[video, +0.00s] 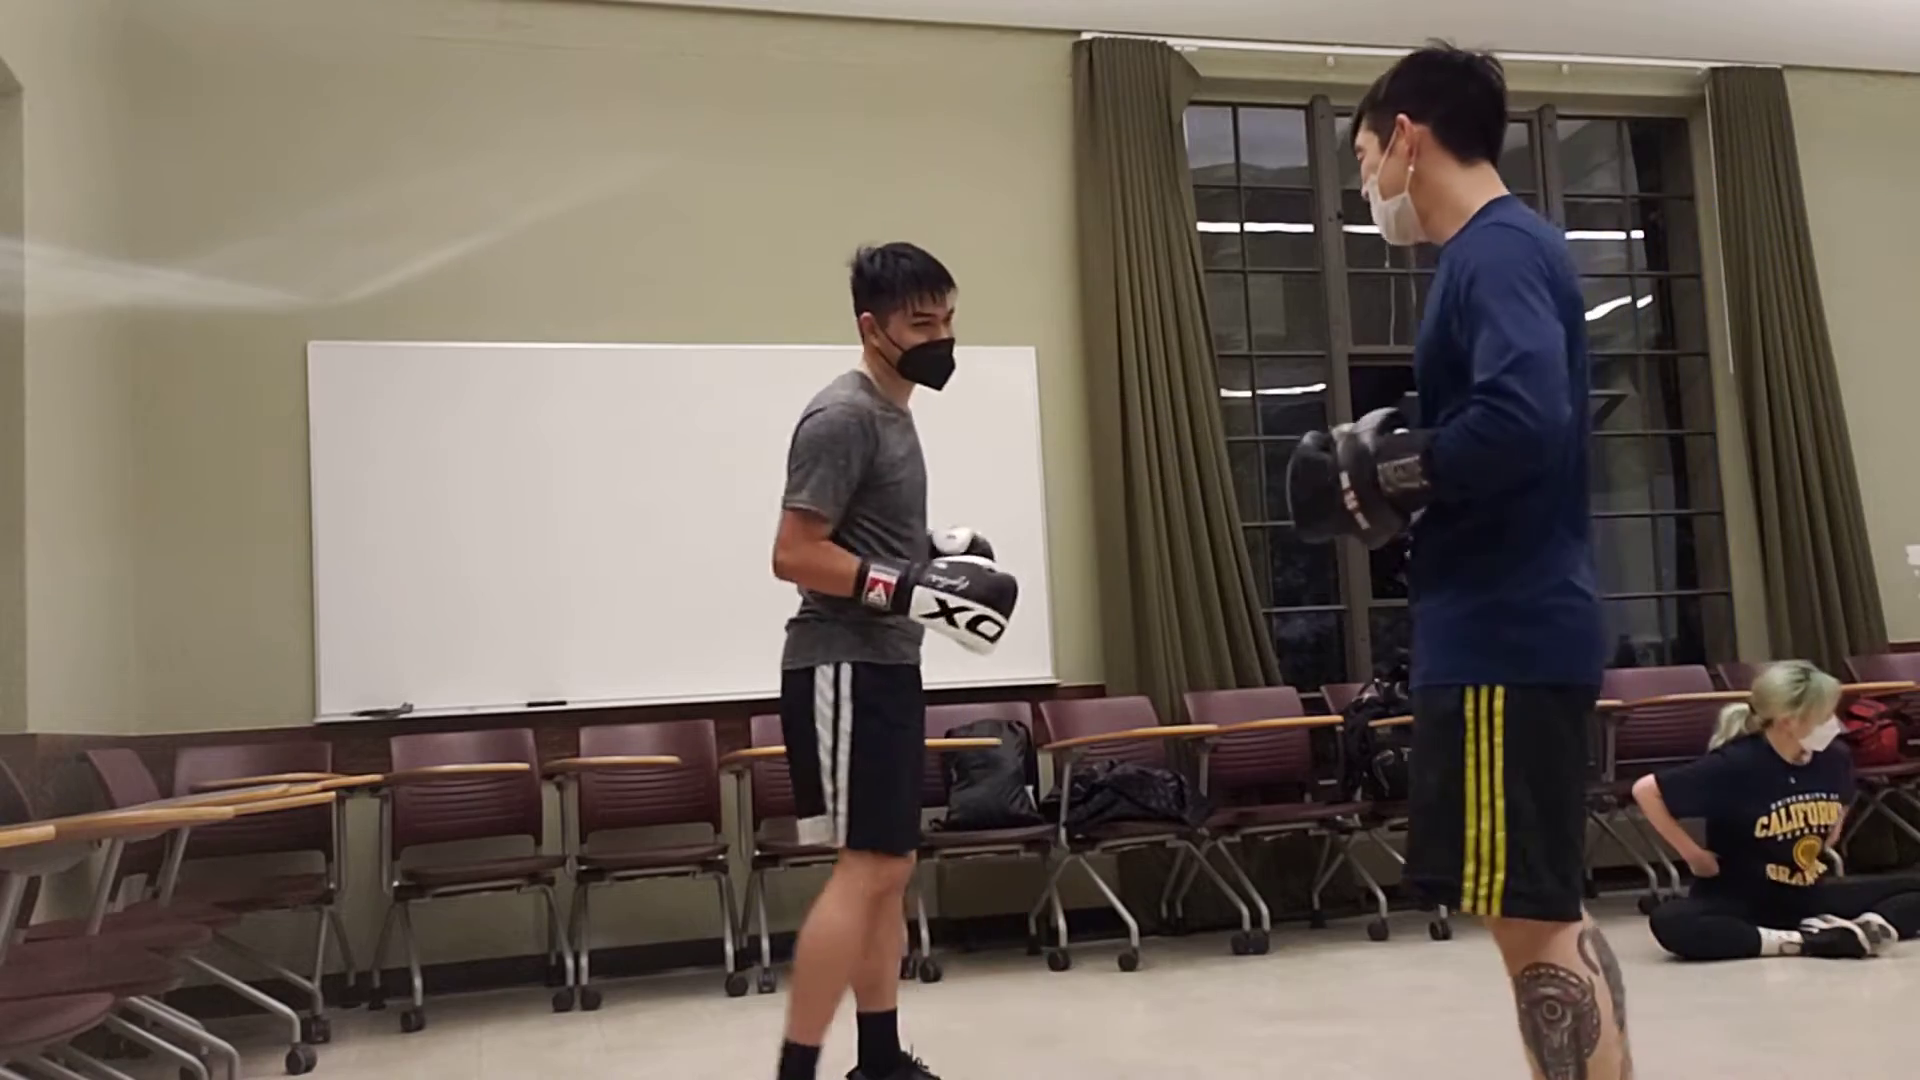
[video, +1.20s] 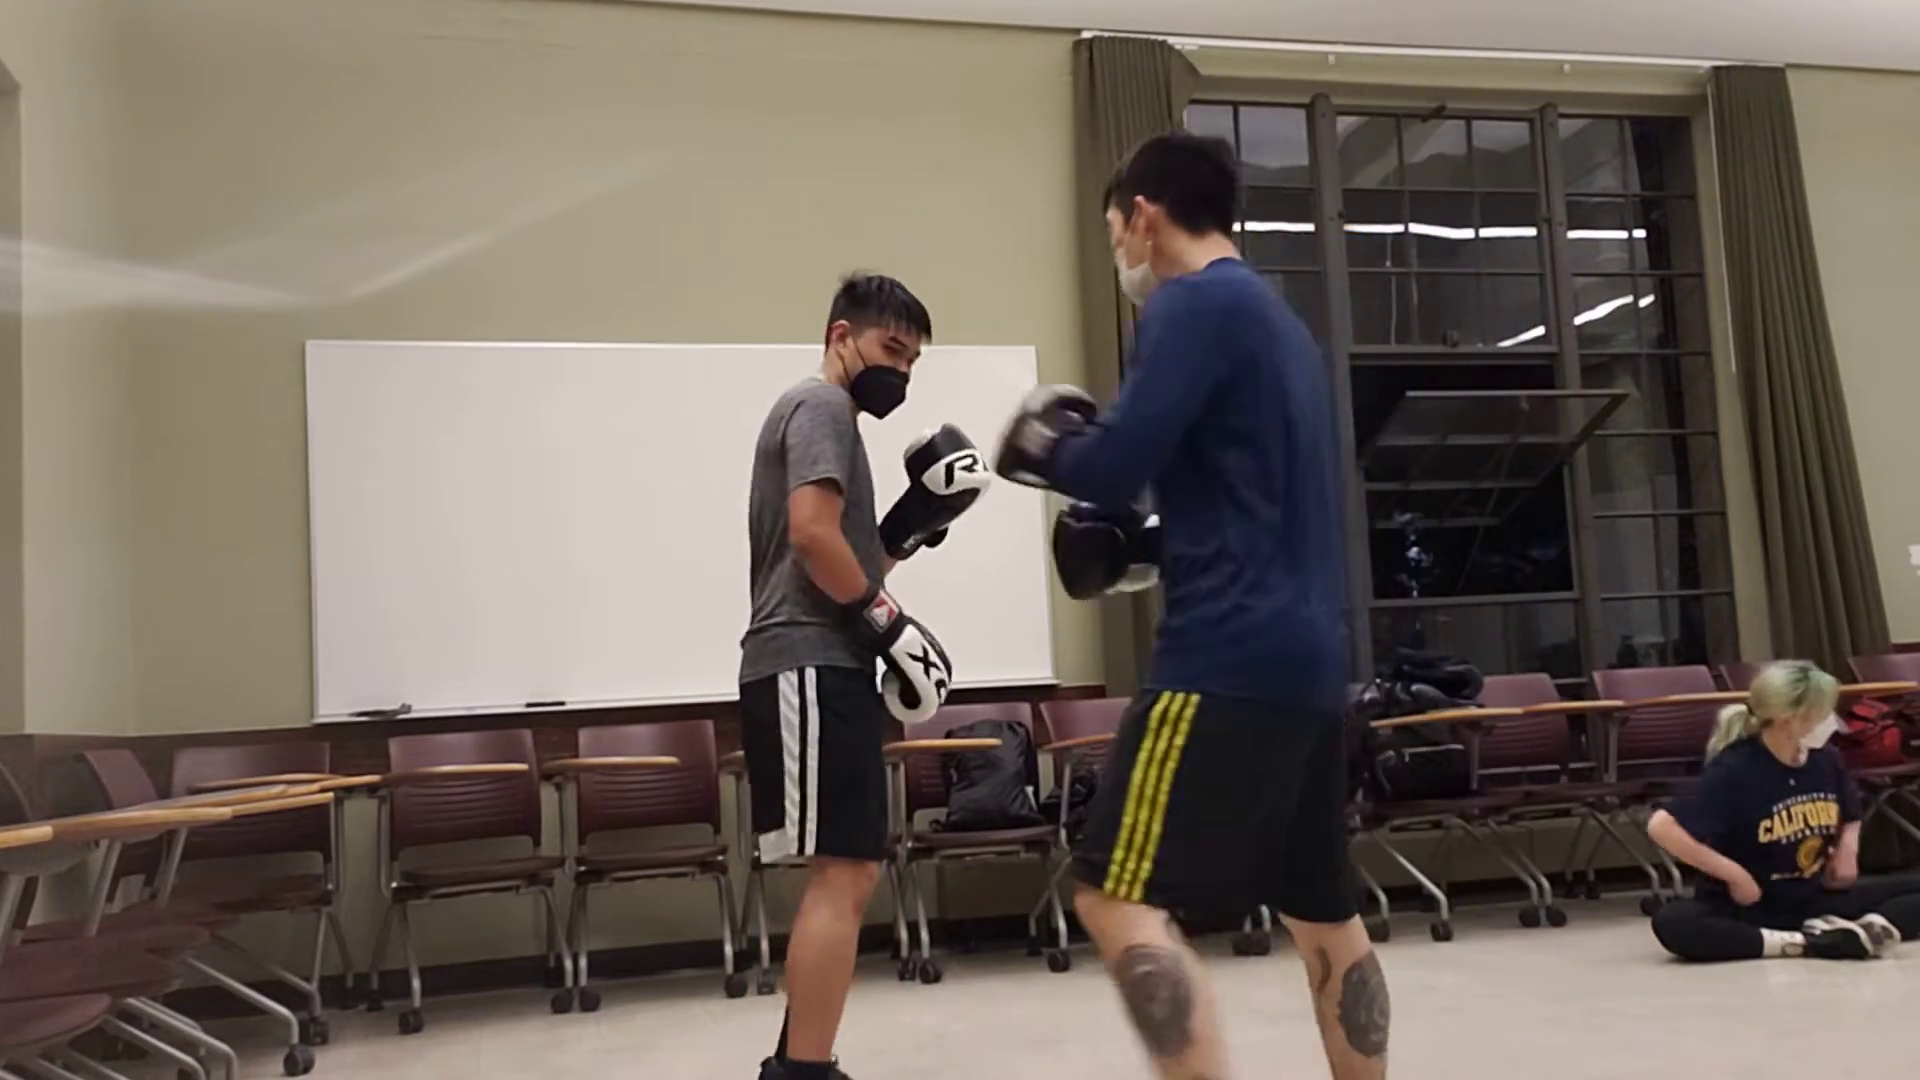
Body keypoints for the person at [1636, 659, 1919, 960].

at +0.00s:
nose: (1835, 726)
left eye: (1833, 716)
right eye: (1825, 719)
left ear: (1793, 722)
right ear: (1789, 723)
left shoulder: (1834, 760)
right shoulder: (1736, 764)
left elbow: (1843, 804)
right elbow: (1645, 790)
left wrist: (1822, 845)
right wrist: (1692, 854)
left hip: (1809, 895)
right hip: (1738, 901)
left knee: (1917, 891)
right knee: (1669, 921)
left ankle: (1854, 931)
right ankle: (1795, 943)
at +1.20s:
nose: (1830, 722)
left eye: (1829, 713)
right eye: (1821, 715)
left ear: (1796, 720)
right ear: (1788, 719)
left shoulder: (1826, 762)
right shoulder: (1734, 769)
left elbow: (1851, 813)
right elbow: (1662, 826)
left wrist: (1846, 852)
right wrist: (1733, 874)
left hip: (1817, 899)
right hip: (1747, 908)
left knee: (1916, 888)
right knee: (1671, 922)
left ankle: (1854, 930)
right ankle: (1797, 944)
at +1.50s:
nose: (1820, 712)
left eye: (1819, 703)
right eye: (1812, 703)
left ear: (1784, 708)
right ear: (1781, 708)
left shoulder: (1823, 766)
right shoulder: (1735, 769)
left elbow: (1852, 842)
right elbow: (1704, 862)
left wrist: (1856, 878)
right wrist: (1796, 890)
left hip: (1822, 898)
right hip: (1749, 905)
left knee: (1915, 897)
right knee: (1670, 922)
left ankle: (1850, 930)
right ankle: (1792, 945)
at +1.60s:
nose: (1825, 713)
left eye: (1823, 703)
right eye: (1816, 704)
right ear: (1783, 707)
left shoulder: (1824, 767)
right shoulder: (1735, 771)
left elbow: (1849, 847)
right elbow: (1713, 866)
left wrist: (1854, 886)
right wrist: (1806, 898)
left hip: (1820, 898)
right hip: (1749, 905)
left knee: (1915, 899)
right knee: (1670, 922)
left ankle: (1843, 931)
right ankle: (1794, 945)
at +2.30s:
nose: (1835, 718)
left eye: (1833, 707)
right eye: (1824, 710)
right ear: (1787, 715)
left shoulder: (1831, 767)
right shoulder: (1738, 774)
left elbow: (1859, 836)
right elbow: (1710, 865)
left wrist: (1850, 871)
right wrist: (1790, 909)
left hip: (1824, 894)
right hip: (1753, 903)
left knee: (1916, 890)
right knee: (1670, 923)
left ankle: (1854, 934)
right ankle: (1795, 945)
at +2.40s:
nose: (1834, 718)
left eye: (1831, 708)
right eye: (1822, 710)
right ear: (1783, 715)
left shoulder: (1833, 767)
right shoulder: (1738, 774)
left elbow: (1860, 833)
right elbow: (1710, 866)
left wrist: (1847, 869)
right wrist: (1788, 911)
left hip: (1824, 895)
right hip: (1753, 904)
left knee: (1916, 891)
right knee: (1670, 923)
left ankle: (1853, 934)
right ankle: (1794, 945)